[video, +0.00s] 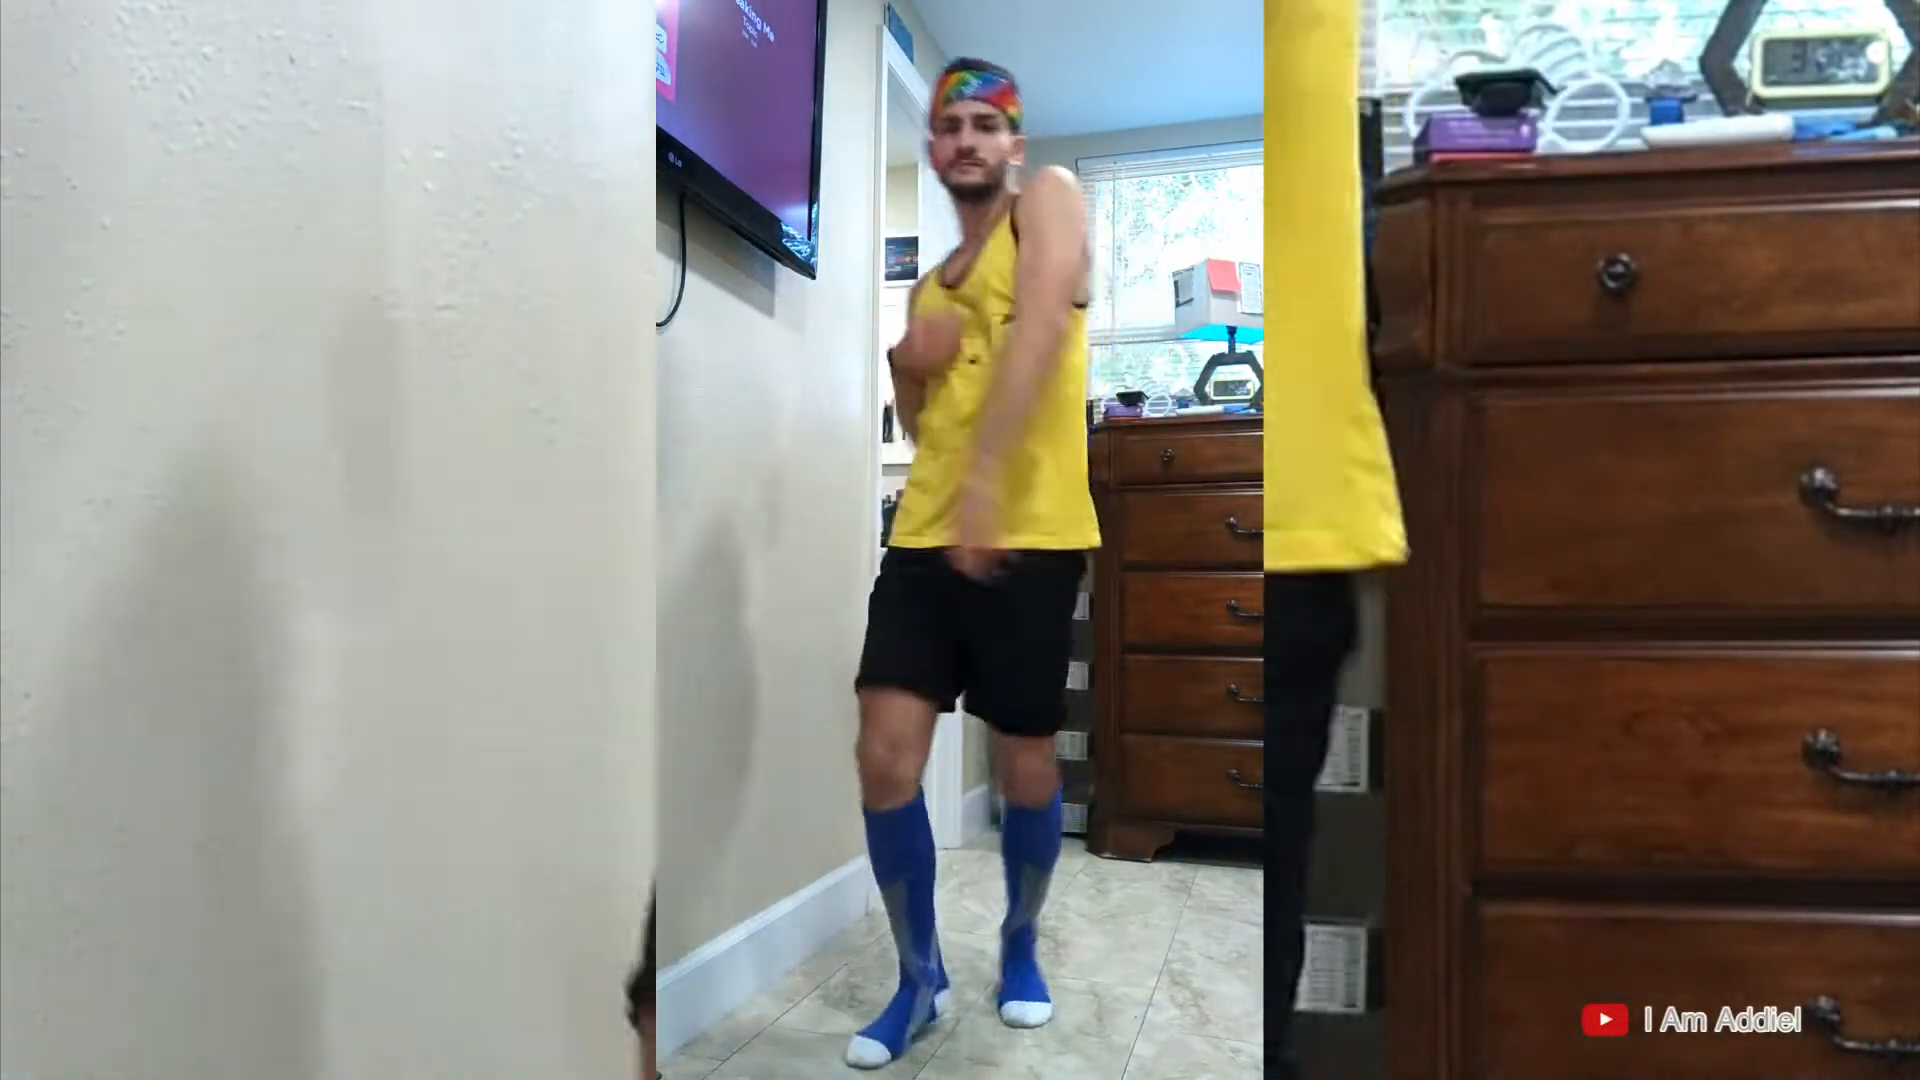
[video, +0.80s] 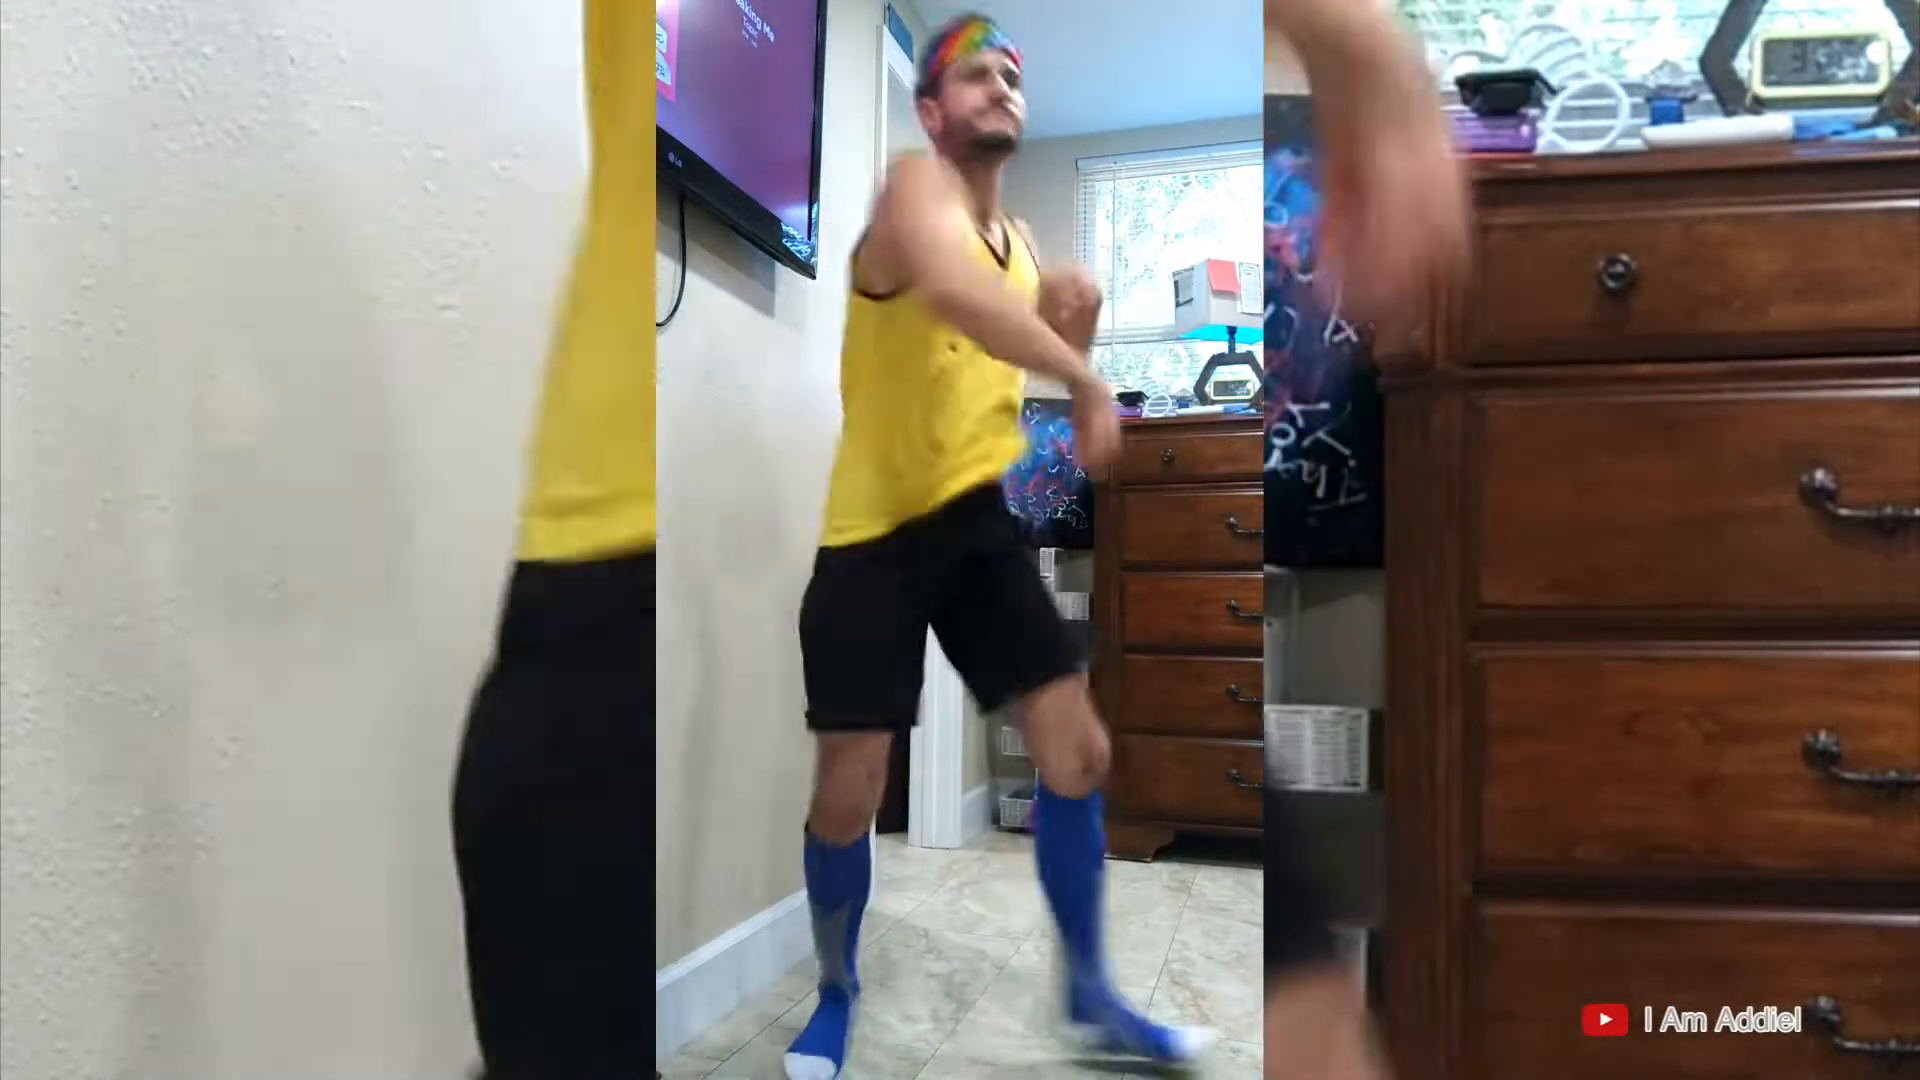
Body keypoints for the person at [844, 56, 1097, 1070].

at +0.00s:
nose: (966, 140)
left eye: (986, 125)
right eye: (949, 127)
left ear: (1018, 141)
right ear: (931, 148)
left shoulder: (1049, 196)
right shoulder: (935, 283)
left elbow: (1045, 319)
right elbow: (913, 424)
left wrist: (985, 478)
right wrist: (915, 368)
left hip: (1032, 533)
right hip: (927, 532)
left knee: (1026, 766)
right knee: (885, 759)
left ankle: (1022, 945)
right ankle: (919, 975)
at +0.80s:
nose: (1004, 91)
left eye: (1012, 80)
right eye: (979, 77)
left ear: (1020, 113)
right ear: (931, 105)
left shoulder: (1013, 245)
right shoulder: (915, 181)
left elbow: (1036, 377)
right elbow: (950, 289)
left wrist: (1078, 327)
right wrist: (1083, 378)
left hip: (976, 523)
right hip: (870, 535)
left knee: (1075, 750)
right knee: (847, 784)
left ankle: (1089, 997)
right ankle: (834, 1002)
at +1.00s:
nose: (1067, 99)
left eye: (1073, 87)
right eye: (1041, 93)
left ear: (1089, 117)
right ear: (1000, 133)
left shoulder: (1081, 246)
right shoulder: (995, 209)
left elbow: (1098, 405)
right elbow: (958, 362)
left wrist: (1117, 270)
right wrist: (968, 530)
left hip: (1033, 538)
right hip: (934, 538)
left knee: (1110, 759)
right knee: (896, 783)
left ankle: (1111, 997)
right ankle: (821, 991)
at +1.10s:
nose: (1088, 114)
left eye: (1096, 103)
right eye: (1064, 105)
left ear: (1111, 137)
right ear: (1019, 144)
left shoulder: (1149, 261)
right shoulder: (982, 239)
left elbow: (1162, 334)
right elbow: (859, 353)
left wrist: (1072, 214)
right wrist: (896, 487)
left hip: (1073, 557)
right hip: (962, 538)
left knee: (1161, 769)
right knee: (937, 750)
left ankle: (1119, 1000)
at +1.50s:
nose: (1033, 104)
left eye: (1050, 90)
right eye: (1012, 94)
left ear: (1080, 116)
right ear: (984, 128)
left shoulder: (1129, 228)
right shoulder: (977, 258)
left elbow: (1065, 335)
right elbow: (986, 392)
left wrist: (998, 241)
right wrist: (972, 502)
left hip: (1083, 566)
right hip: (956, 550)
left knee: (1117, 825)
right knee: (853, 756)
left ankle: (1052, 1025)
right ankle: (936, 929)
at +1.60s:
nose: (1007, 99)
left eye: (1026, 83)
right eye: (986, 89)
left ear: (1060, 105)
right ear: (962, 119)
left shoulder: (1106, 200)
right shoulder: (960, 230)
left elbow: (1037, 230)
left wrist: (939, 241)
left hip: (1070, 558)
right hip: (943, 541)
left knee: (1109, 821)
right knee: (819, 735)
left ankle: (1050, 1028)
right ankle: (926, 884)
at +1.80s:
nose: (926, 50)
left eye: (946, 31)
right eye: (905, 41)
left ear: (984, 42)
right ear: (889, 72)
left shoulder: (1010, 92)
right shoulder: (916, 182)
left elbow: (903, 214)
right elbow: (971, 320)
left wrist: (786, 350)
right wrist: (895, 362)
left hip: (1031, 488)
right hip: (905, 485)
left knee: (1021, 773)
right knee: (847, 751)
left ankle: (995, 1005)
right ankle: (824, 1015)